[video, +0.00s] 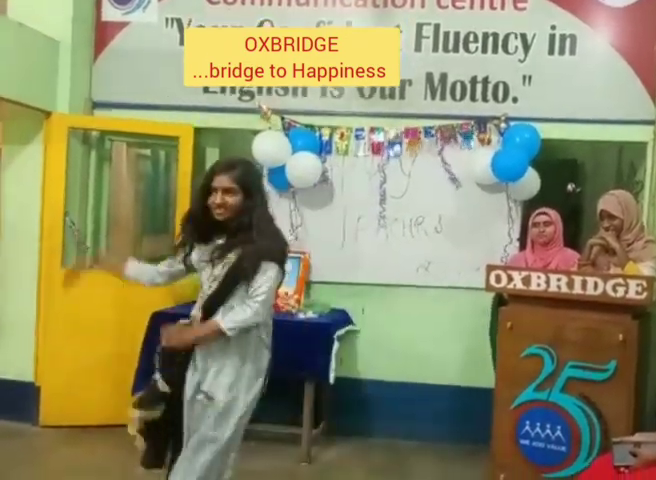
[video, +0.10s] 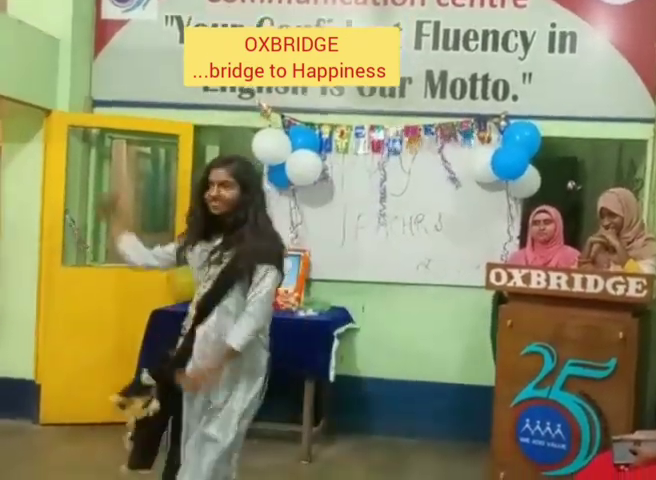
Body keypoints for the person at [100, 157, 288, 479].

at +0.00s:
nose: (218, 201)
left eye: (229, 193)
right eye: (213, 192)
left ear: (250, 199)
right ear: (206, 195)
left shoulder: (265, 249)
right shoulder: (210, 242)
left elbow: (256, 310)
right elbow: (162, 273)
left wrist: (194, 333)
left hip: (238, 356)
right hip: (204, 347)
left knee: (212, 438)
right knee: (193, 431)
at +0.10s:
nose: (213, 194)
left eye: (224, 186)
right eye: (209, 186)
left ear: (246, 194)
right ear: (204, 192)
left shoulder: (262, 250)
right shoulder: (203, 242)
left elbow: (255, 318)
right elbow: (148, 257)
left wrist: (211, 365)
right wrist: (117, 225)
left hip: (238, 363)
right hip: (197, 356)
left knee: (213, 451)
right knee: (188, 446)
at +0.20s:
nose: (207, 197)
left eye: (218, 191)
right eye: (206, 190)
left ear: (241, 201)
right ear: (202, 197)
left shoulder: (263, 264)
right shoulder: (200, 250)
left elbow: (262, 339)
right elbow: (133, 235)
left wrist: (239, 402)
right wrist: (127, 181)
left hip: (236, 381)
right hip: (197, 375)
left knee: (229, 466)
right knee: (194, 462)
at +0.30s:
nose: (230, 206)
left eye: (241, 201)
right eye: (226, 200)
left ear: (258, 212)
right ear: (219, 207)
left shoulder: (266, 266)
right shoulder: (206, 250)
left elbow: (277, 341)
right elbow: (143, 219)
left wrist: (270, 408)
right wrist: (156, 166)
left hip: (249, 386)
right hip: (206, 380)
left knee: (253, 467)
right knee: (200, 462)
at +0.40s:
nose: (257, 199)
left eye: (268, 194)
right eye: (250, 193)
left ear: (282, 207)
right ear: (239, 203)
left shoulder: (291, 263)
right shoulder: (227, 249)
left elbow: (301, 329)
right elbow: (170, 205)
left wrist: (300, 393)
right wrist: (190, 172)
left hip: (277, 384)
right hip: (233, 379)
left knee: (280, 468)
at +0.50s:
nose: (277, 190)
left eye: (287, 183)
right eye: (269, 183)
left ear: (303, 193)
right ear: (260, 192)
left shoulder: (319, 248)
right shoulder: (255, 245)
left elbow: (334, 314)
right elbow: (224, 193)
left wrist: (342, 375)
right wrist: (255, 154)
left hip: (313, 370)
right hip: (267, 367)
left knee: (325, 462)